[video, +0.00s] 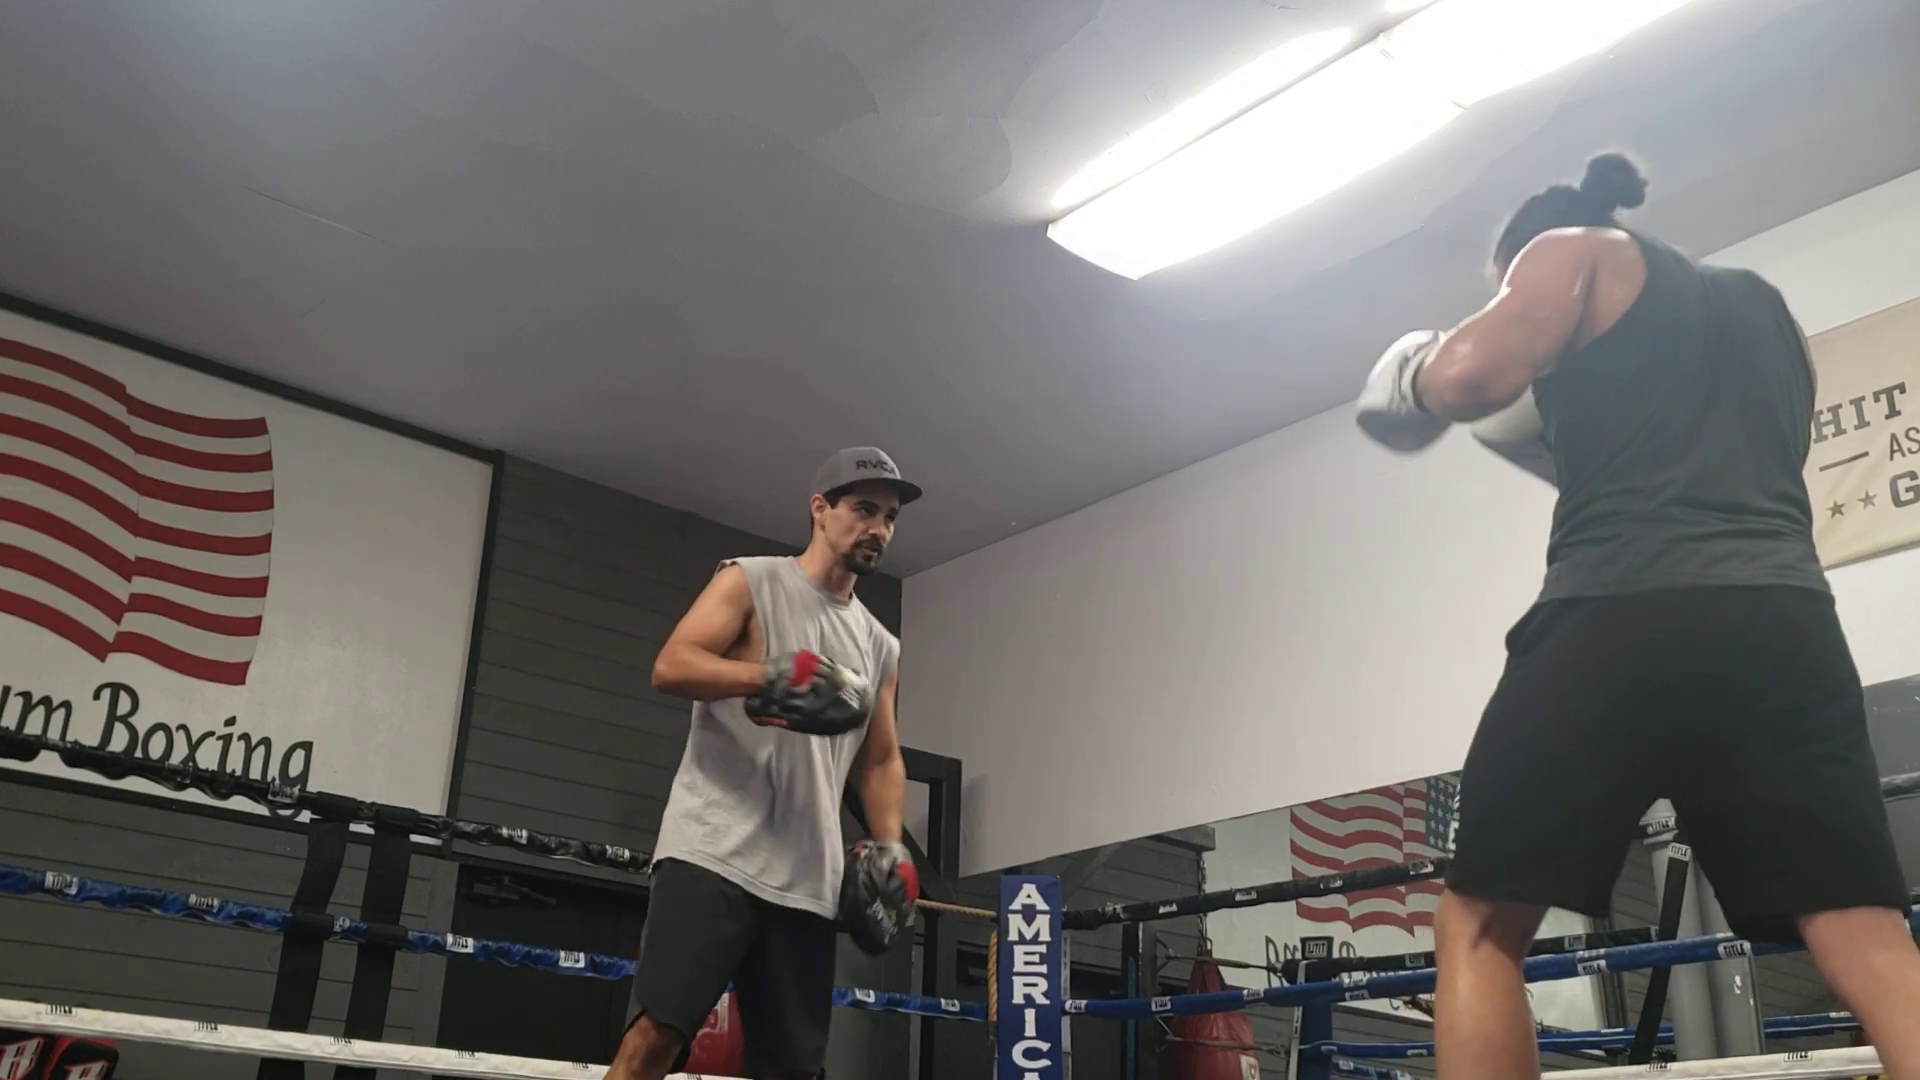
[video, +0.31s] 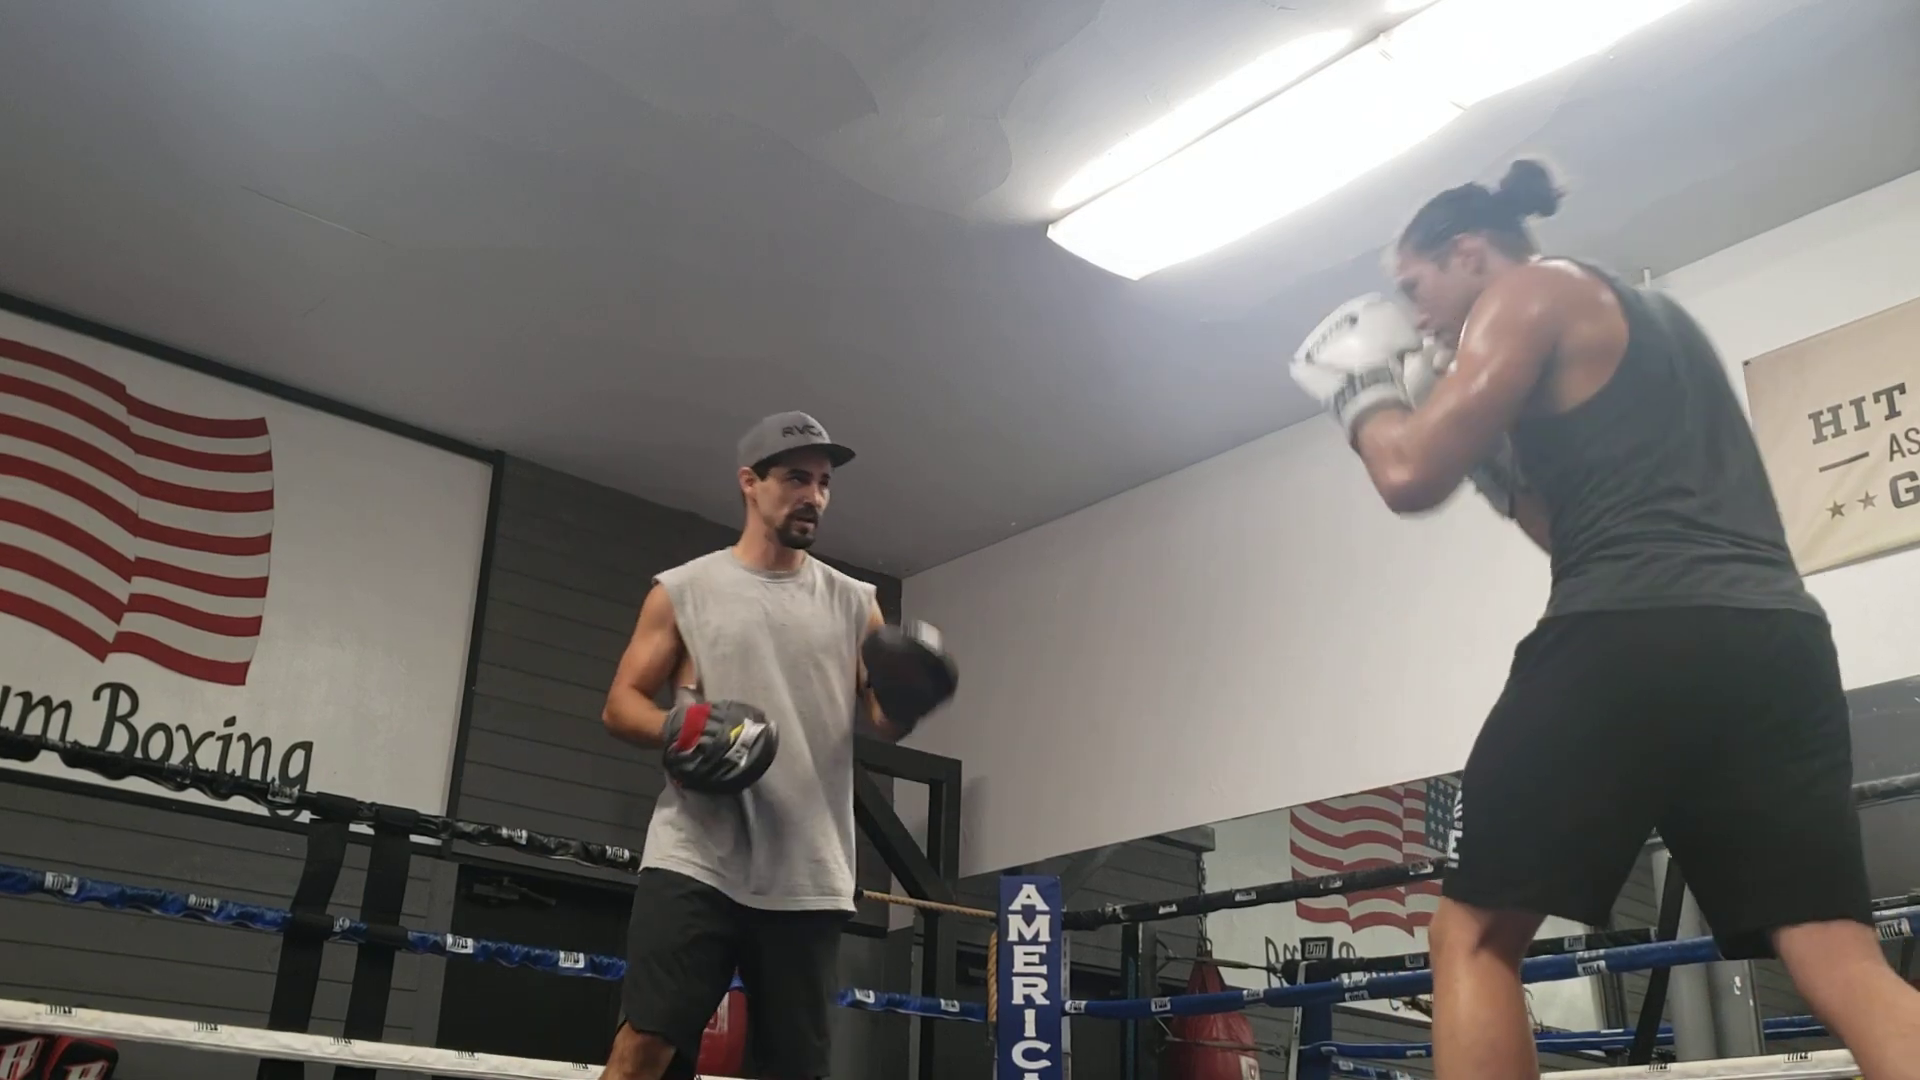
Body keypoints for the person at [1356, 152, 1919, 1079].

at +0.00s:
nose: (1515, 287)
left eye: (1513, 268)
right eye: (1510, 278)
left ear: (1547, 240)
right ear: (1615, 218)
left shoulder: (1578, 247)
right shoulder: (1766, 305)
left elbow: (1469, 378)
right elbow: (1675, 467)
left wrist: (1412, 371)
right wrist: (1512, 425)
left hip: (1613, 627)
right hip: (1782, 623)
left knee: (1481, 930)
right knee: (1871, 941)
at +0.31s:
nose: (1420, 315)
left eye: (1417, 287)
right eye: (1410, 296)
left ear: (1467, 246)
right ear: (1489, 245)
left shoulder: (1531, 292)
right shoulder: (1659, 317)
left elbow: (1409, 473)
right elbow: (1569, 529)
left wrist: (1362, 390)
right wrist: (1464, 420)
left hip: (1625, 634)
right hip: (1776, 631)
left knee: (1476, 939)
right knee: (1838, 952)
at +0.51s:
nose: (1343, 368)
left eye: (1338, 340)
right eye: (1331, 352)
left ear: (1385, 296)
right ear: (1399, 291)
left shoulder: (1489, 321)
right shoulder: (1586, 356)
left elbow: (1461, 517)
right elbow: (1538, 549)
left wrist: (1365, 456)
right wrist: (1400, 530)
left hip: (1601, 643)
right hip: (1728, 639)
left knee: (1457, 946)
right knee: (1795, 985)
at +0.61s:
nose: (1371, 367)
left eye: (1361, 347)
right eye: (1359, 355)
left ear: (1388, 303)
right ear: (1424, 285)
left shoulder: (1478, 322)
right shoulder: (1595, 361)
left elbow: (1366, 502)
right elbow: (1549, 575)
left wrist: (1325, 419)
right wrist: (1446, 516)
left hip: (1597, 644)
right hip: (1727, 639)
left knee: (1464, 947)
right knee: (1802, 972)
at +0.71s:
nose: (1401, 392)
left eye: (1398, 371)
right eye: (1394, 380)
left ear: (1421, 332)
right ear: (1474, 301)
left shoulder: (1470, 335)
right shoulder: (1631, 380)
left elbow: (1350, 508)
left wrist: (1334, 436)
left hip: (1609, 661)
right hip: (1743, 654)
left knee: (1457, 955)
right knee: (1826, 967)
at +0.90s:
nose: (1482, 501)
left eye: (1486, 482)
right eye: (1483, 490)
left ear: (1514, 451)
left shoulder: (1539, 457)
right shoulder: (1711, 504)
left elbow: (1431, 586)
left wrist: (1404, 570)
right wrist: (1533, 652)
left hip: (1659, 749)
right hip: (1804, 755)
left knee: (1439, 993)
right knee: (1839, 1038)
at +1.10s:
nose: (1498, 497)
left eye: (1497, 470)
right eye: (1489, 480)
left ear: (1544, 436)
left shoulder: (1603, 431)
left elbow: (1585, 554)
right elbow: (1672, 710)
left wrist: (1486, 547)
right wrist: (1566, 642)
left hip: (1727, 725)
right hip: (1840, 736)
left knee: (1535, 950)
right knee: (1819, 1032)